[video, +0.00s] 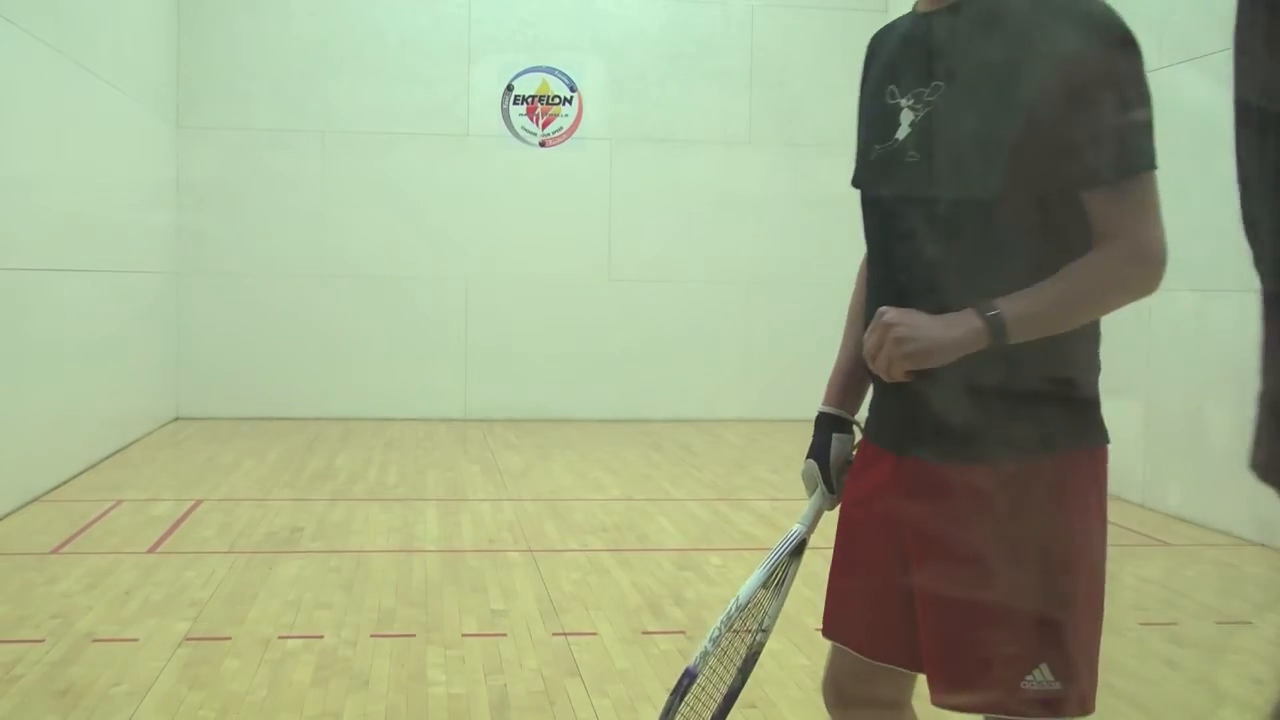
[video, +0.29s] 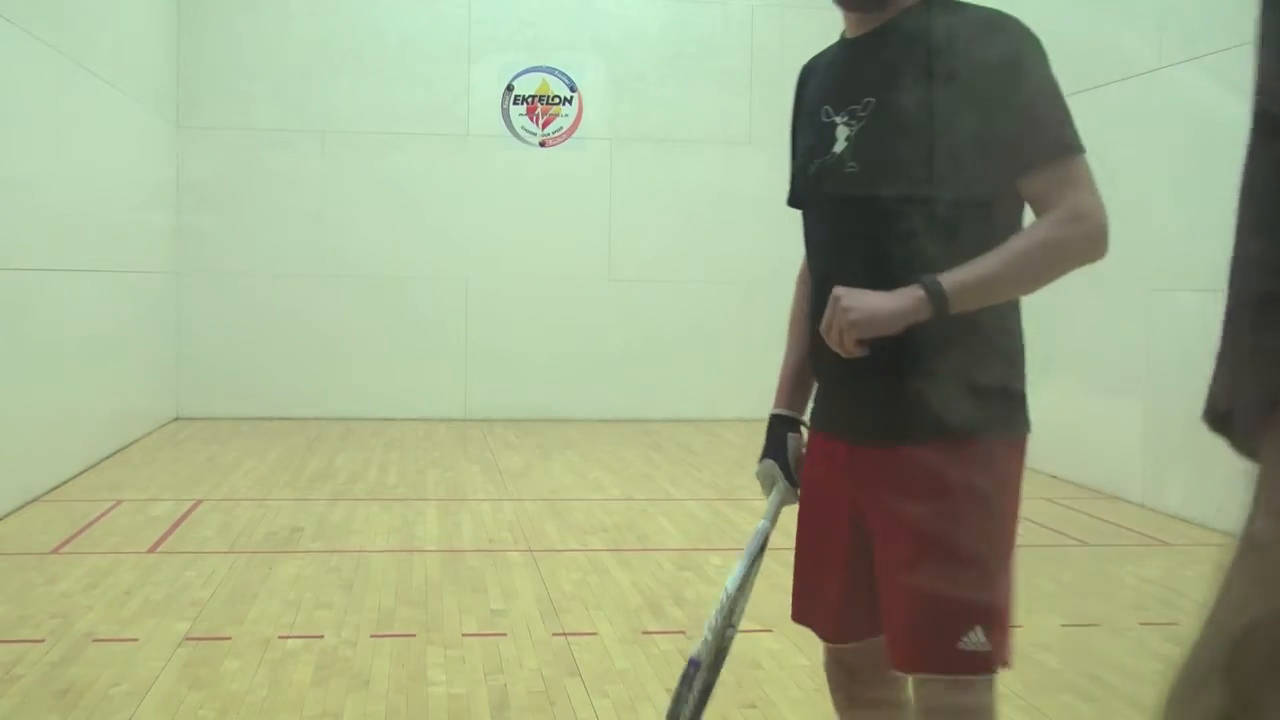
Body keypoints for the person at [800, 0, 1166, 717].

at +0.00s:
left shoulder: (1080, 36)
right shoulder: (891, 50)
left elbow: (1136, 256)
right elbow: (889, 254)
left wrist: (970, 328)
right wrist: (836, 412)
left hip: (1028, 444)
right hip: (903, 434)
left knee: (1031, 707)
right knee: (859, 691)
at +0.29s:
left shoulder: (988, 44)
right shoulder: (820, 80)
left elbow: (1080, 224)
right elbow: (824, 258)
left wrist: (916, 298)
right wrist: (786, 414)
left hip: (957, 429)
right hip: (846, 425)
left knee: (953, 690)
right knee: (856, 669)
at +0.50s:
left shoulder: (941, 53)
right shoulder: (779, 82)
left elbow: (1029, 228)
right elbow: (782, 251)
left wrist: (884, 299)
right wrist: (739, 397)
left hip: (910, 414)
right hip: (816, 413)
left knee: (829, 691)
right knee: (882, 685)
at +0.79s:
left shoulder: (865, 71)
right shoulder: (723, 88)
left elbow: (955, 248)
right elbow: (722, 257)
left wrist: (820, 319)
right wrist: (674, 394)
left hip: (830, 418)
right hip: (751, 417)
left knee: (719, 674)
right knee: (828, 663)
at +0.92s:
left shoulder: (798, 78)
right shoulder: (685, 84)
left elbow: (882, 259)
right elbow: (681, 256)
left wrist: (730, 344)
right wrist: (639, 379)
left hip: (751, 415)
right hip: (694, 409)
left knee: (654, 666)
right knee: (740, 656)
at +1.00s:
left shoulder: (757, 73)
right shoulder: (668, 74)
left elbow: (831, 259)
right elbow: (680, 254)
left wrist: (675, 343)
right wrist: (624, 379)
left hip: (719, 410)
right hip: (666, 404)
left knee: (649, 666)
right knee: (680, 653)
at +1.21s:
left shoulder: (697, 65)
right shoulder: (625, 71)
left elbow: (727, 252)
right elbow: (632, 245)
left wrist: (560, 307)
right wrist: (586, 377)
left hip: (668, 401)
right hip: (622, 395)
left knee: (643, 650)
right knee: (579, 616)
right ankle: (667, 704)